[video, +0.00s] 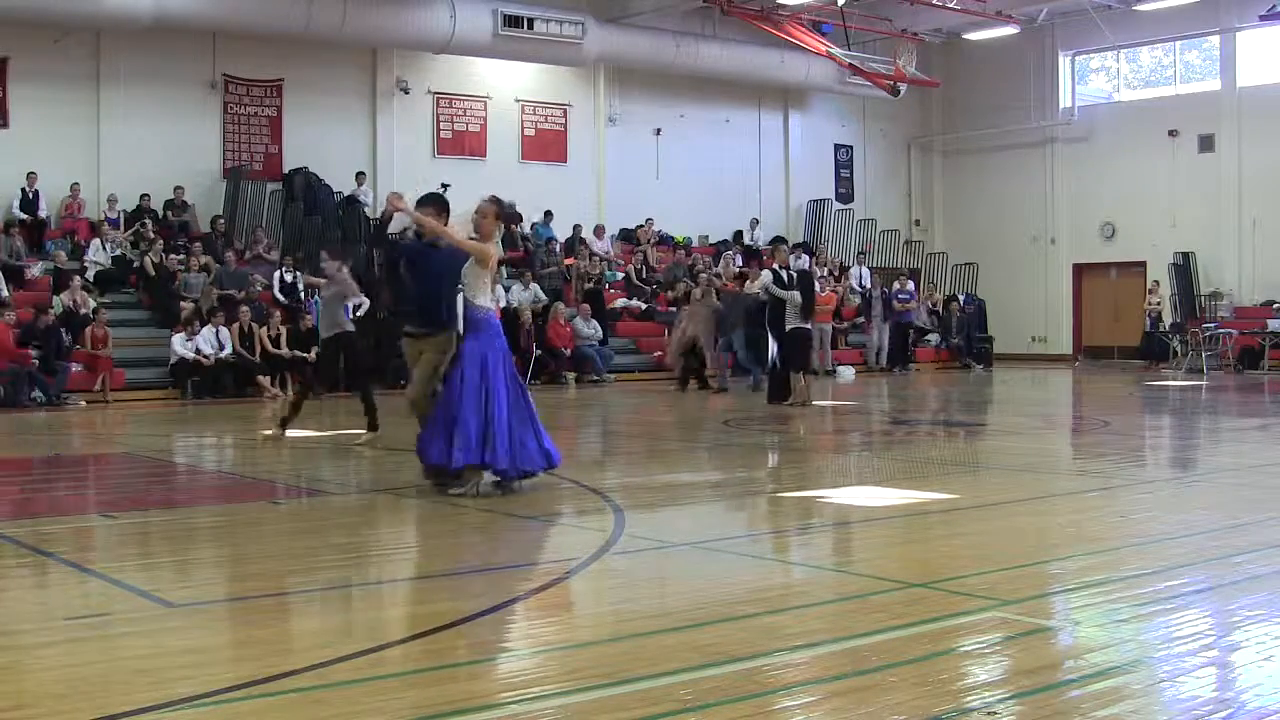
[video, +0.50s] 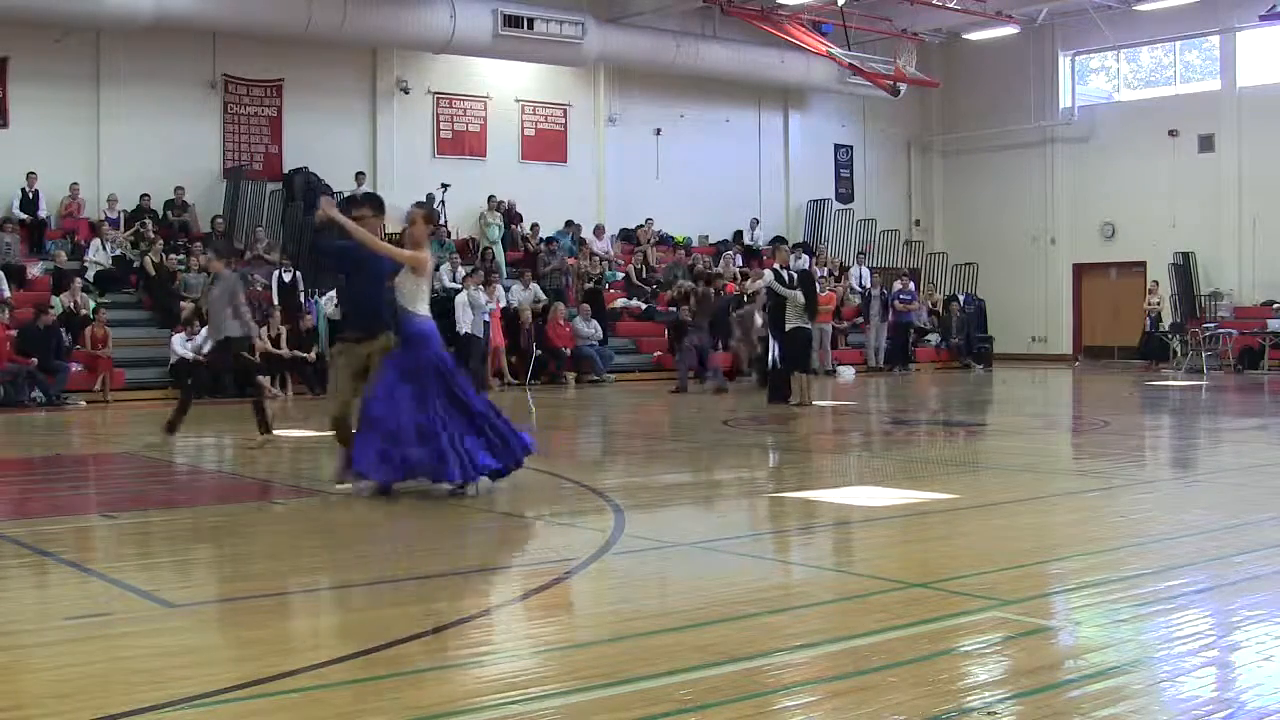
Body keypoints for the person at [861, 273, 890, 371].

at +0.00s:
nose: (874, 282)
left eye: (876, 280)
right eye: (873, 280)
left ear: (880, 281)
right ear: (871, 281)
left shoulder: (885, 292)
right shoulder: (866, 293)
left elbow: (889, 307)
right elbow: (865, 308)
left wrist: (888, 318)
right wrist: (868, 319)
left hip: (883, 319)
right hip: (872, 319)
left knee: (884, 342)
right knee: (873, 341)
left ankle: (882, 363)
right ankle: (871, 363)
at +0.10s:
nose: (875, 280)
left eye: (877, 278)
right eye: (874, 278)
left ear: (880, 280)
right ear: (871, 280)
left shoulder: (885, 292)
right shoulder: (867, 293)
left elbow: (888, 306)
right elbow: (865, 308)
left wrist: (888, 318)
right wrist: (867, 320)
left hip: (883, 320)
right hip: (872, 320)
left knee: (883, 342)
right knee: (872, 342)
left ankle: (883, 364)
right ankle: (872, 363)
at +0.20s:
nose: (875, 280)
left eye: (876, 278)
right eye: (873, 278)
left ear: (880, 280)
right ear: (871, 280)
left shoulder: (885, 292)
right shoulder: (866, 293)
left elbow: (888, 306)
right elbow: (865, 308)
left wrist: (887, 318)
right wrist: (867, 320)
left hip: (883, 319)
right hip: (872, 319)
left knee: (883, 342)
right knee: (872, 342)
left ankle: (882, 363)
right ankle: (872, 363)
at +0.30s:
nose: (875, 280)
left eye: (876, 277)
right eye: (873, 277)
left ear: (880, 279)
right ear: (871, 279)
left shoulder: (885, 292)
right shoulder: (866, 293)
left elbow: (888, 306)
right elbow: (865, 308)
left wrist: (887, 317)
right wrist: (866, 321)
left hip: (883, 320)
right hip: (872, 320)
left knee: (883, 342)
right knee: (871, 343)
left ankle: (882, 364)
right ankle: (871, 363)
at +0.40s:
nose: (875, 280)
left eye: (876, 277)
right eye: (873, 277)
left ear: (880, 279)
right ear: (871, 279)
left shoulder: (885, 291)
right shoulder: (866, 292)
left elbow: (887, 306)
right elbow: (864, 308)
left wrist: (887, 317)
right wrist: (866, 321)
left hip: (882, 320)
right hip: (871, 320)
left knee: (882, 342)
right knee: (870, 342)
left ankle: (882, 363)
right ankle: (871, 363)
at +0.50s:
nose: (875, 280)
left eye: (877, 277)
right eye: (873, 277)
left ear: (880, 279)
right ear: (871, 279)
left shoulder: (885, 292)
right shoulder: (867, 292)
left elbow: (887, 306)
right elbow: (864, 307)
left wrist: (886, 318)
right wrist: (866, 321)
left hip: (882, 320)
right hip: (871, 320)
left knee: (882, 342)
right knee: (870, 342)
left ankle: (880, 363)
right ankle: (871, 363)